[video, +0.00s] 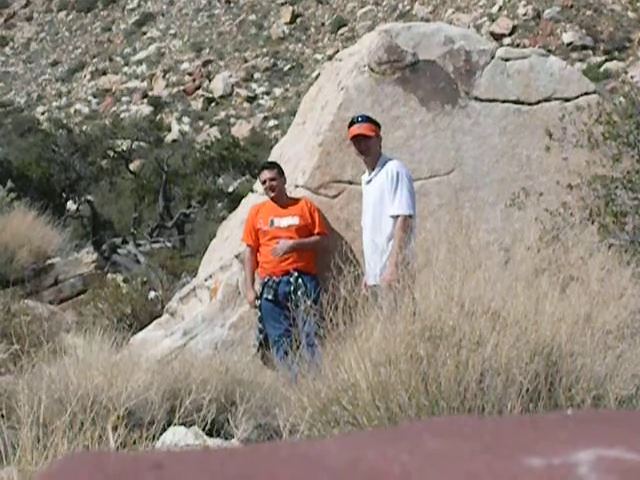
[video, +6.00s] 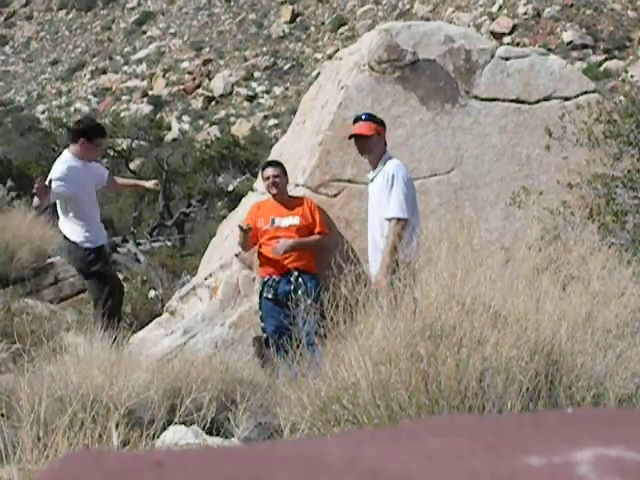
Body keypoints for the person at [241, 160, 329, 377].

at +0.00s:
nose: (269, 185)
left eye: (273, 179)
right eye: (264, 182)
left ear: (283, 179)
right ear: (261, 186)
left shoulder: (305, 206)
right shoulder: (257, 212)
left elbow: (323, 238)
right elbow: (250, 250)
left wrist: (293, 244)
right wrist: (249, 286)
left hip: (303, 279)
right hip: (271, 282)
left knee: (311, 334)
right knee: (279, 341)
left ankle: (316, 381)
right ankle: (292, 386)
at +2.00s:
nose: (269, 183)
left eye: (273, 178)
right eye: (264, 181)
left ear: (283, 178)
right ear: (261, 185)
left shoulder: (305, 205)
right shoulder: (257, 212)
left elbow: (325, 236)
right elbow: (250, 249)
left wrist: (294, 244)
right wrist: (248, 285)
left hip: (303, 277)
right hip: (271, 280)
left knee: (310, 335)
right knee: (279, 339)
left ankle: (316, 382)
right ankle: (291, 386)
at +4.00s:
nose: (270, 185)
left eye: (274, 180)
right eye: (265, 182)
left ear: (284, 180)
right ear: (261, 186)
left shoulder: (304, 205)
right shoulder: (256, 211)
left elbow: (323, 237)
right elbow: (239, 244)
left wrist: (293, 243)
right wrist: (223, 273)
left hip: (303, 277)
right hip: (271, 280)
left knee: (310, 332)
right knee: (279, 338)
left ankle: (315, 379)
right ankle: (290, 382)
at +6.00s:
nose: (272, 181)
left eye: (277, 176)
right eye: (267, 178)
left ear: (286, 179)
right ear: (263, 183)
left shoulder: (306, 205)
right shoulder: (258, 209)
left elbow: (325, 237)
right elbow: (247, 247)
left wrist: (293, 244)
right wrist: (244, 235)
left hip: (304, 276)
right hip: (272, 278)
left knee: (310, 332)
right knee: (276, 335)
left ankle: (317, 378)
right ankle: (288, 380)